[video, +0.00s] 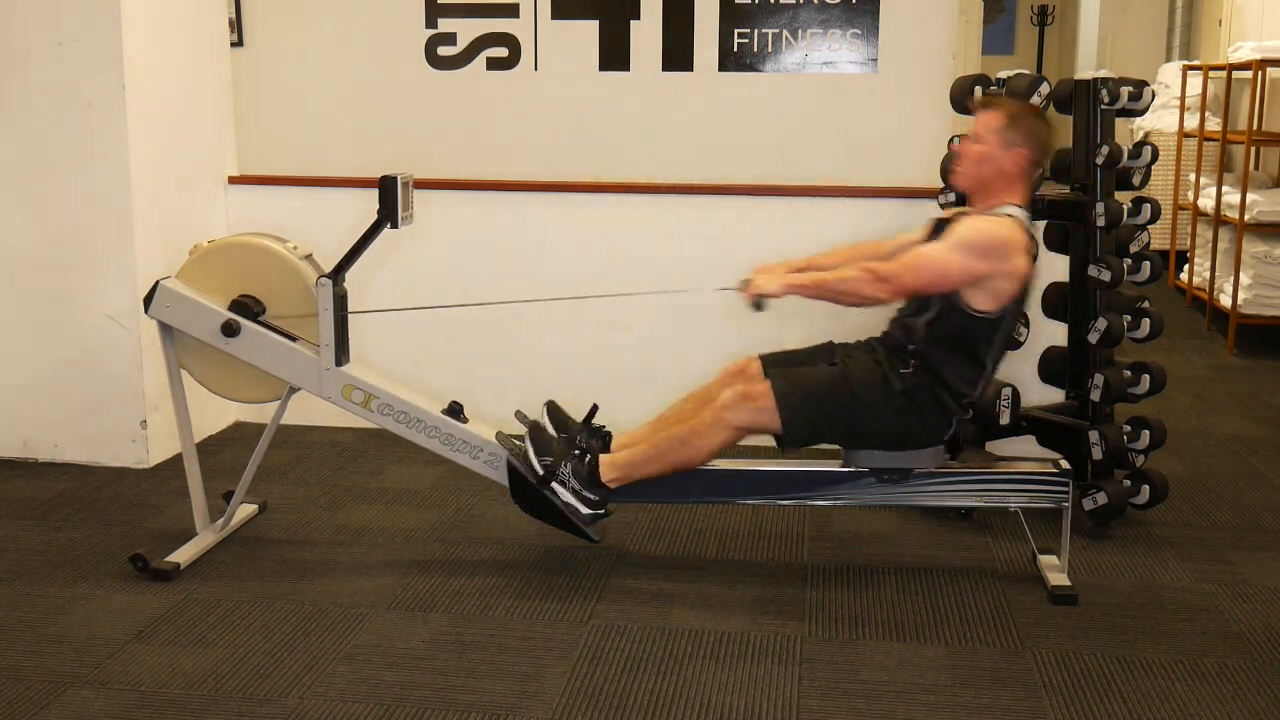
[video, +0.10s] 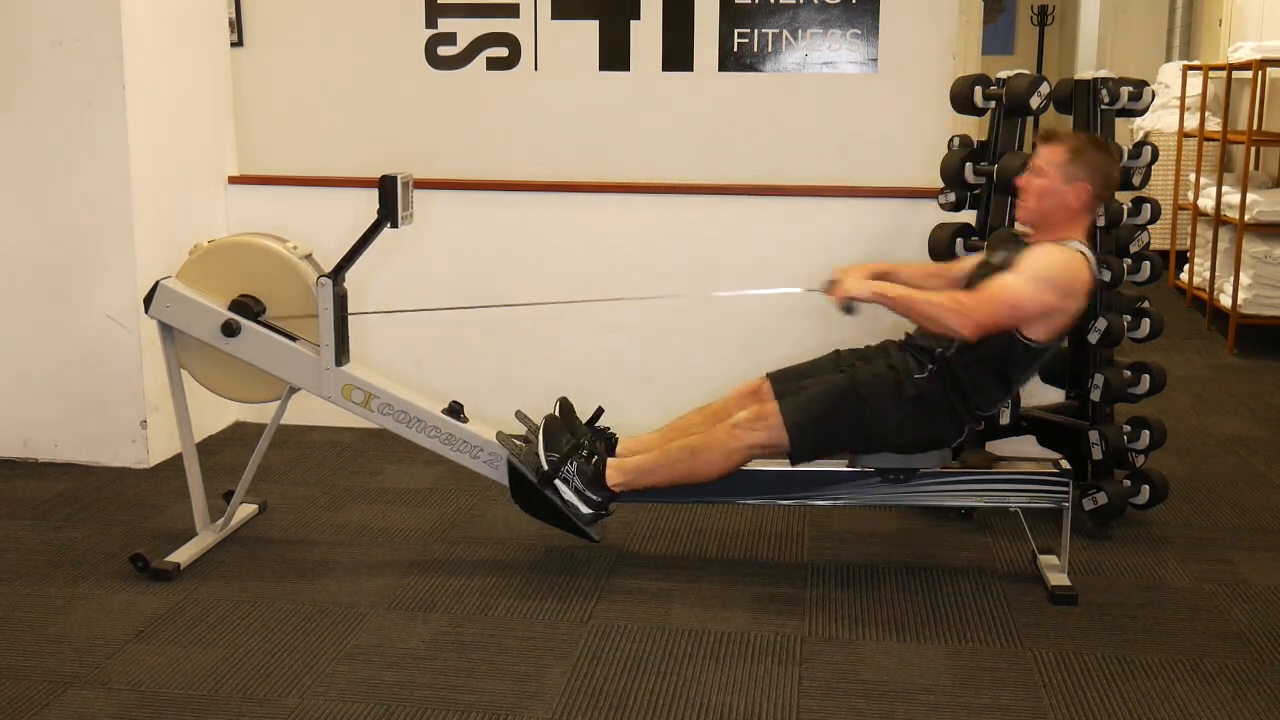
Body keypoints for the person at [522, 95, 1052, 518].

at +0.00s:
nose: (956, 148)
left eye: (972, 140)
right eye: (963, 137)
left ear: (1014, 162)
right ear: (1001, 158)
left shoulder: (995, 236)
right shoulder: (964, 220)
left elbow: (887, 285)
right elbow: (876, 260)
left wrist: (792, 281)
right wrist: (790, 271)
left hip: (916, 392)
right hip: (893, 367)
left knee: (743, 400)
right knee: (736, 380)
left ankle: (592, 486)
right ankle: (598, 458)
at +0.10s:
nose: (1022, 182)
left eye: (1038, 175)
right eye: (1029, 170)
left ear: (1078, 196)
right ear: (1059, 190)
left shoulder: (1062, 266)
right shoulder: (1030, 248)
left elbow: (970, 319)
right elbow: (953, 280)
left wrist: (883, 290)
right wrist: (879, 274)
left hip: (931, 394)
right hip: (908, 363)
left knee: (759, 423)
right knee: (748, 397)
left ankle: (599, 486)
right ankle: (607, 458)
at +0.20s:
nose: (1047, 214)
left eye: (1062, 206)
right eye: (1053, 202)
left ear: (1103, 226)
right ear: (1088, 221)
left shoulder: (1090, 298)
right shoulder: (1050, 278)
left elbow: (1037, 378)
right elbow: (992, 334)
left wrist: (960, 316)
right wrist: (951, 303)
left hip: (931, 395)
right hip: (908, 370)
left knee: (757, 421)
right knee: (752, 401)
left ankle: (598, 487)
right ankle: (604, 461)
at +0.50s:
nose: (987, 191)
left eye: (1001, 180)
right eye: (991, 179)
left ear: (1046, 194)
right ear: (1036, 192)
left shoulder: (1043, 272)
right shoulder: (1014, 254)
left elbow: (968, 350)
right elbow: (953, 291)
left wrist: (883, 310)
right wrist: (886, 285)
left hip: (931, 402)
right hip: (913, 377)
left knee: (744, 394)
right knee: (744, 376)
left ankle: (598, 485)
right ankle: (611, 460)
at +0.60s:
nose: (916, 166)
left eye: (928, 155)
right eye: (920, 153)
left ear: (968, 162)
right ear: (961, 162)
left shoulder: (979, 244)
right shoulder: (951, 227)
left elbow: (895, 320)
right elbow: (888, 270)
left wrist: (806, 300)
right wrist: (814, 274)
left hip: (909, 400)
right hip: (890, 377)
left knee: (728, 368)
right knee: (728, 364)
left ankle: (601, 487)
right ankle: (608, 465)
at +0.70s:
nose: (830, 158)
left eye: (842, 144)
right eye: (834, 144)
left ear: (887, 150)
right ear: (883, 151)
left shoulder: (895, 229)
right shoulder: (875, 221)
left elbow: (805, 310)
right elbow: (806, 266)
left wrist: (718, 308)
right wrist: (728, 276)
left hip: (874, 404)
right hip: (859, 380)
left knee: (703, 350)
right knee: (704, 339)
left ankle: (601, 483)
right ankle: (607, 465)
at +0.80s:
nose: (745, 161)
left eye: (756, 149)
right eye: (749, 148)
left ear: (796, 155)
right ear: (795, 156)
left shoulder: (813, 231)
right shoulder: (804, 222)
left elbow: (729, 318)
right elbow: (732, 277)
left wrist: (640, 330)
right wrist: (657, 302)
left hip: (833, 408)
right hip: (824, 389)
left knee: (668, 340)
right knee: (673, 324)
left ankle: (597, 475)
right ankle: (605, 450)